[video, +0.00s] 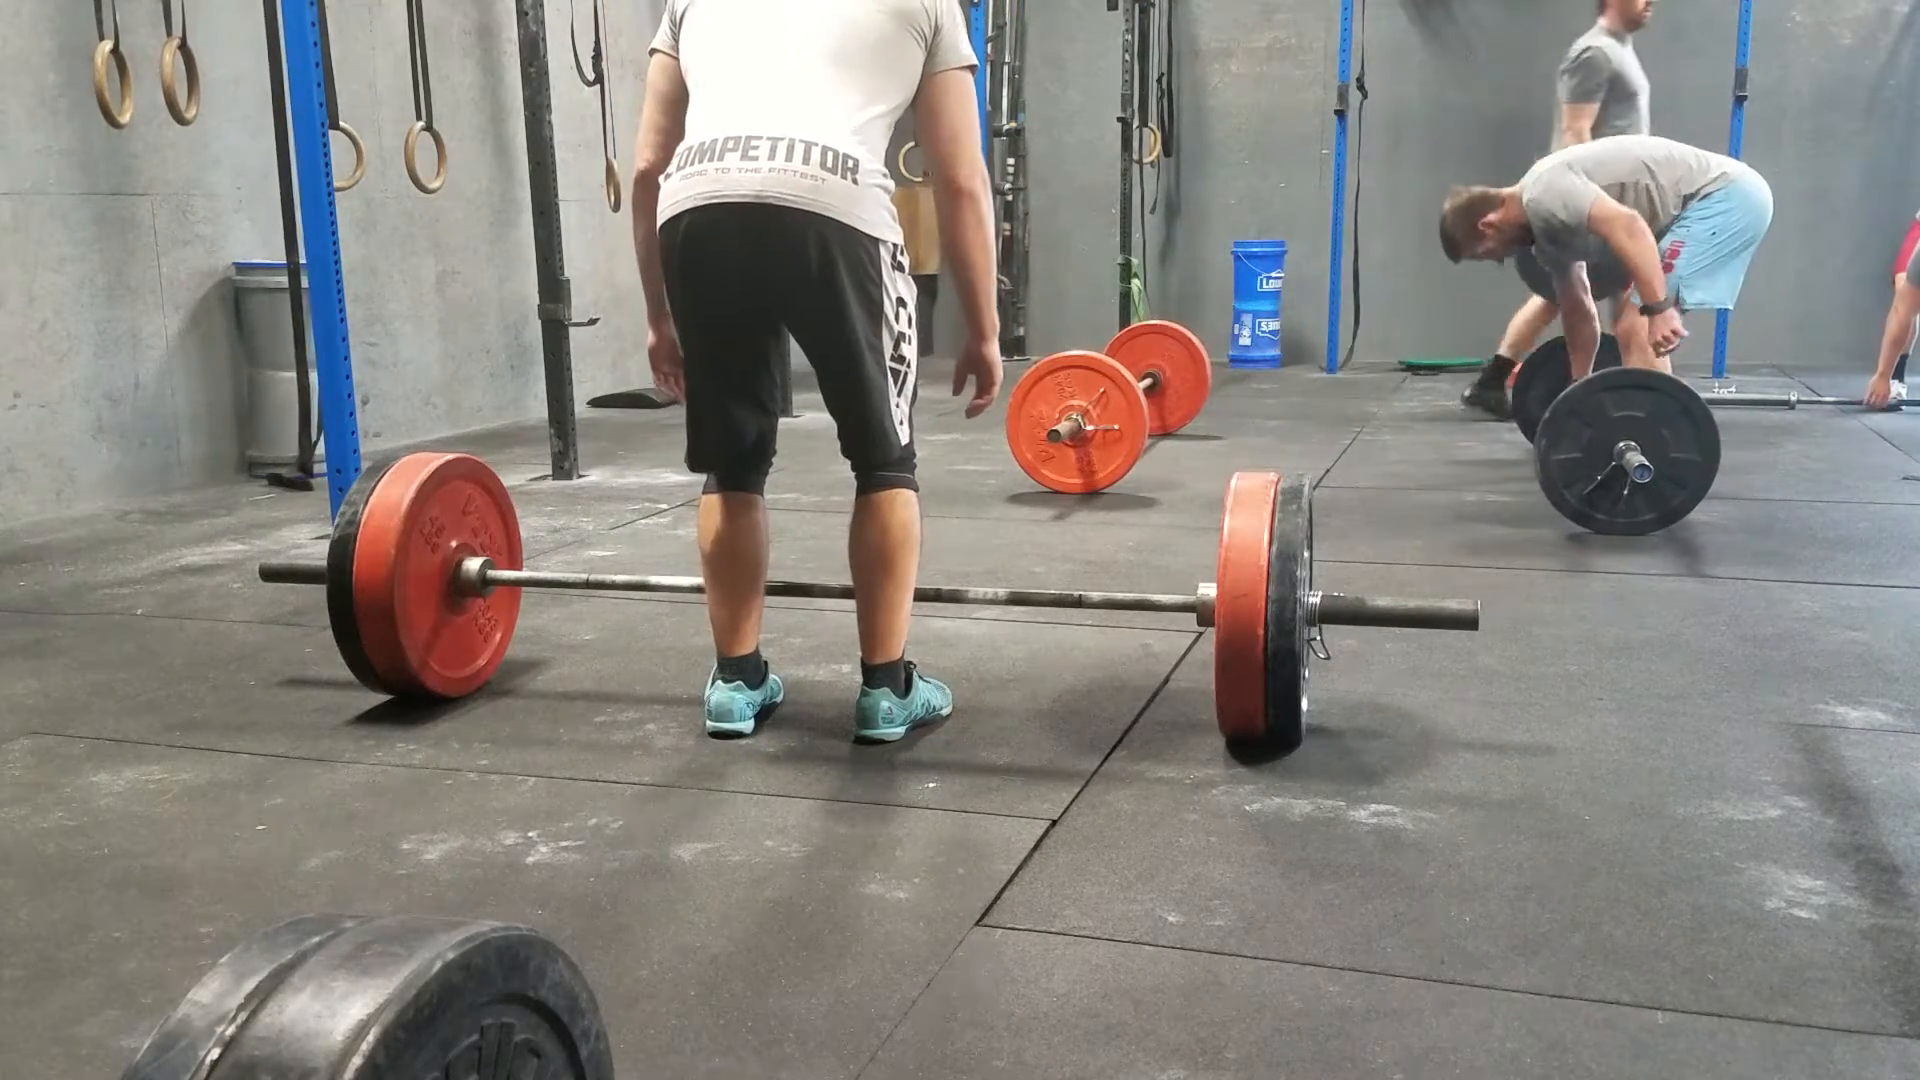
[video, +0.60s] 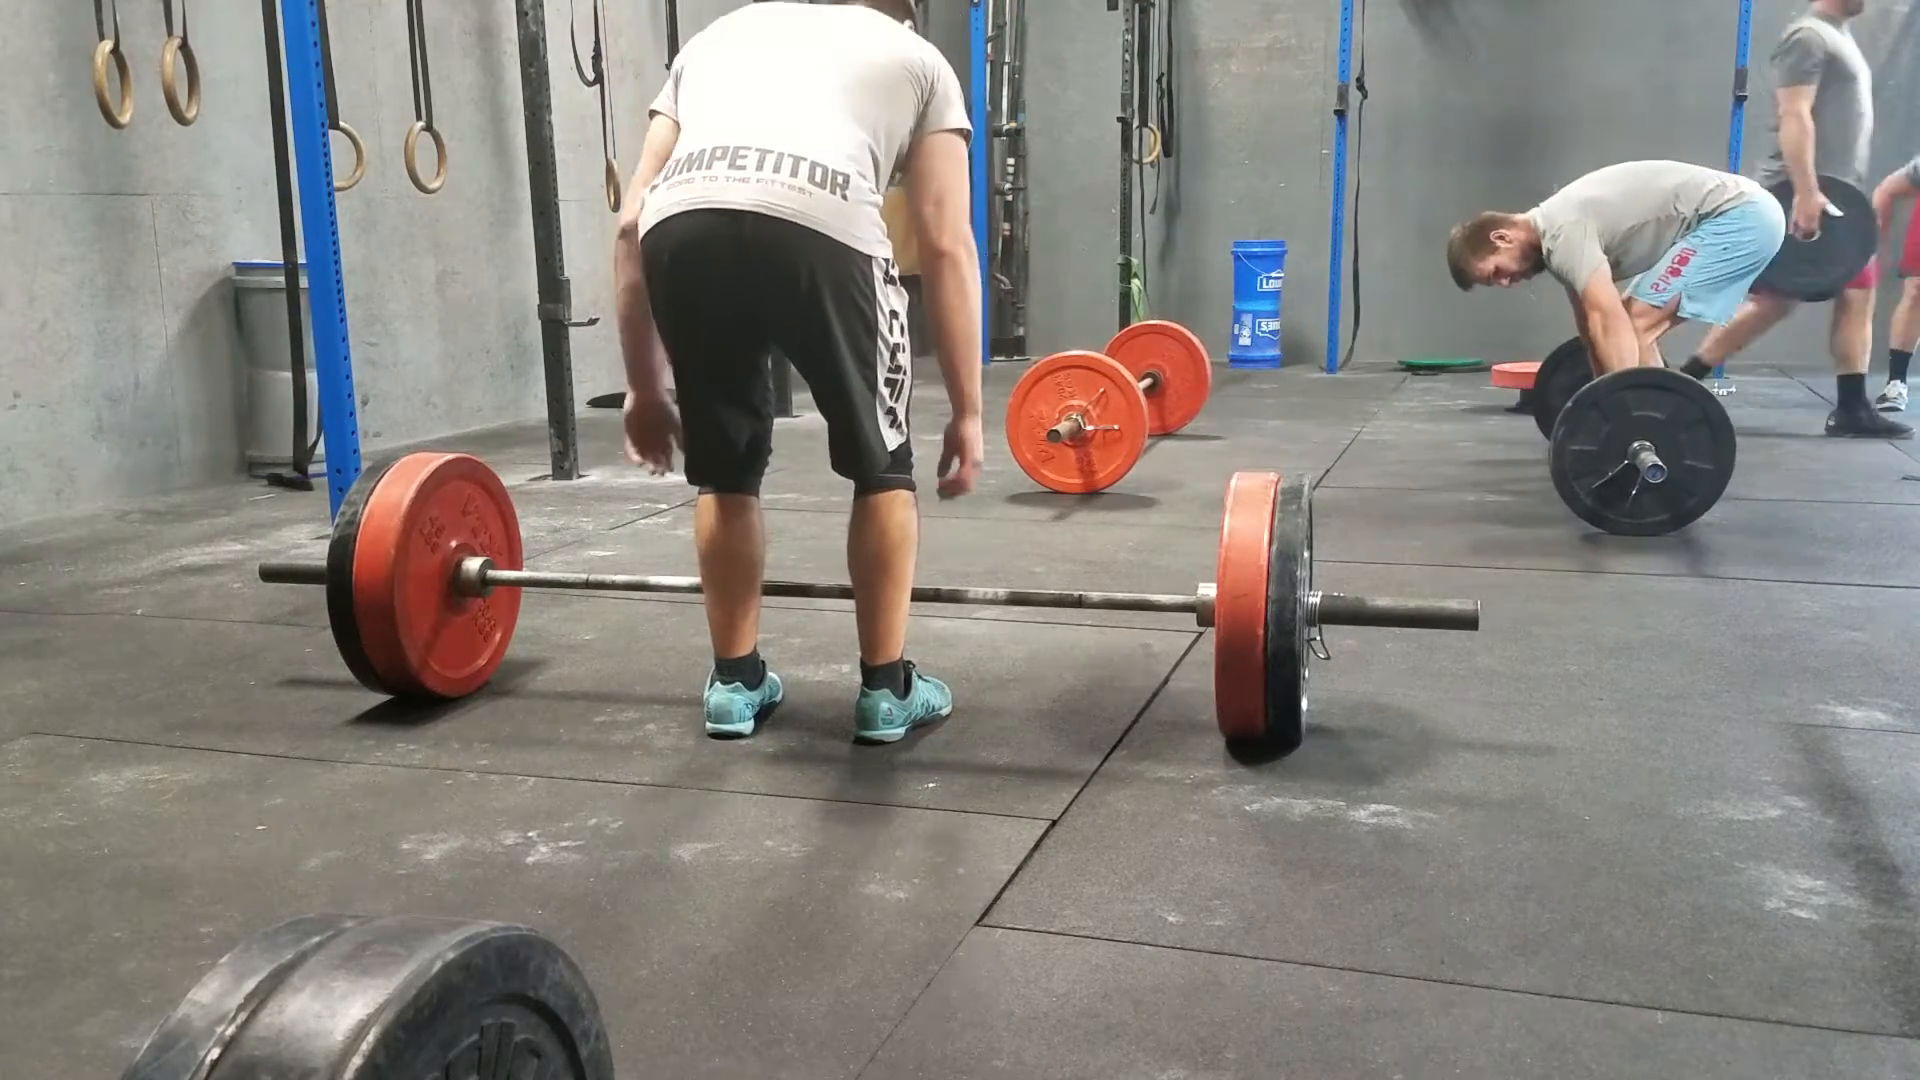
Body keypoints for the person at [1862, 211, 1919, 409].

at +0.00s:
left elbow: (1902, 310)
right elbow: (1902, 309)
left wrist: (1883, 375)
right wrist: (1884, 375)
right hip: (1918, 224)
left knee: (1906, 288)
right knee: (1905, 288)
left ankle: (1896, 378)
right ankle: (1896, 378)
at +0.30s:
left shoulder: (1916, 239)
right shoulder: (1917, 238)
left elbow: (1897, 293)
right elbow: (1895, 293)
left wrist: (1880, 355)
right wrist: (1880, 355)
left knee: (1912, 301)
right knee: (1912, 301)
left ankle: (1897, 379)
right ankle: (1896, 380)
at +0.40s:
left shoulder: (1915, 220)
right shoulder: (1917, 220)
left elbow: (1894, 266)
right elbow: (1893, 266)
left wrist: (1880, 328)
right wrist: (1879, 329)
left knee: (1913, 283)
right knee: (1914, 283)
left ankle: (1896, 382)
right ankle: (1895, 382)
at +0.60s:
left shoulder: (1914, 169)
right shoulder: (1916, 169)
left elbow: (1883, 192)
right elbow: (1883, 191)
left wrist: (1881, 246)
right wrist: (1881, 247)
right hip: (1913, 262)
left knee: (1911, 297)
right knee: (1914, 293)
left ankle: (1897, 381)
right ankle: (1897, 381)